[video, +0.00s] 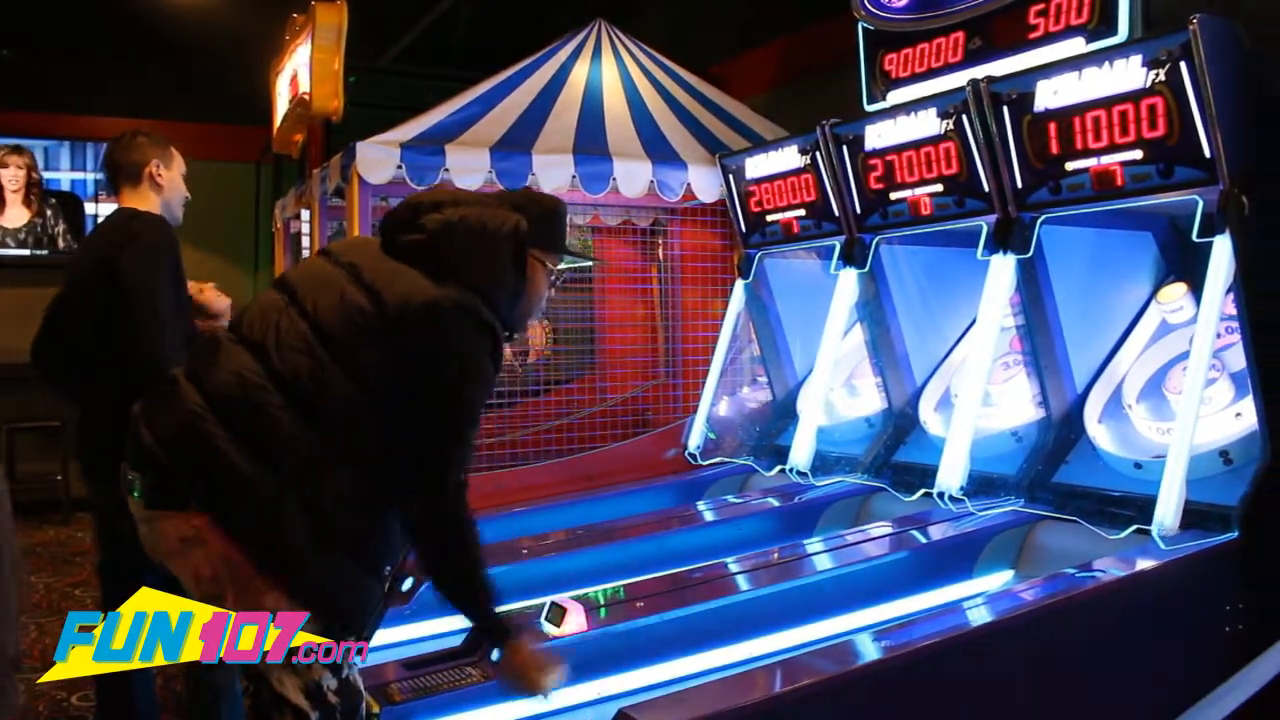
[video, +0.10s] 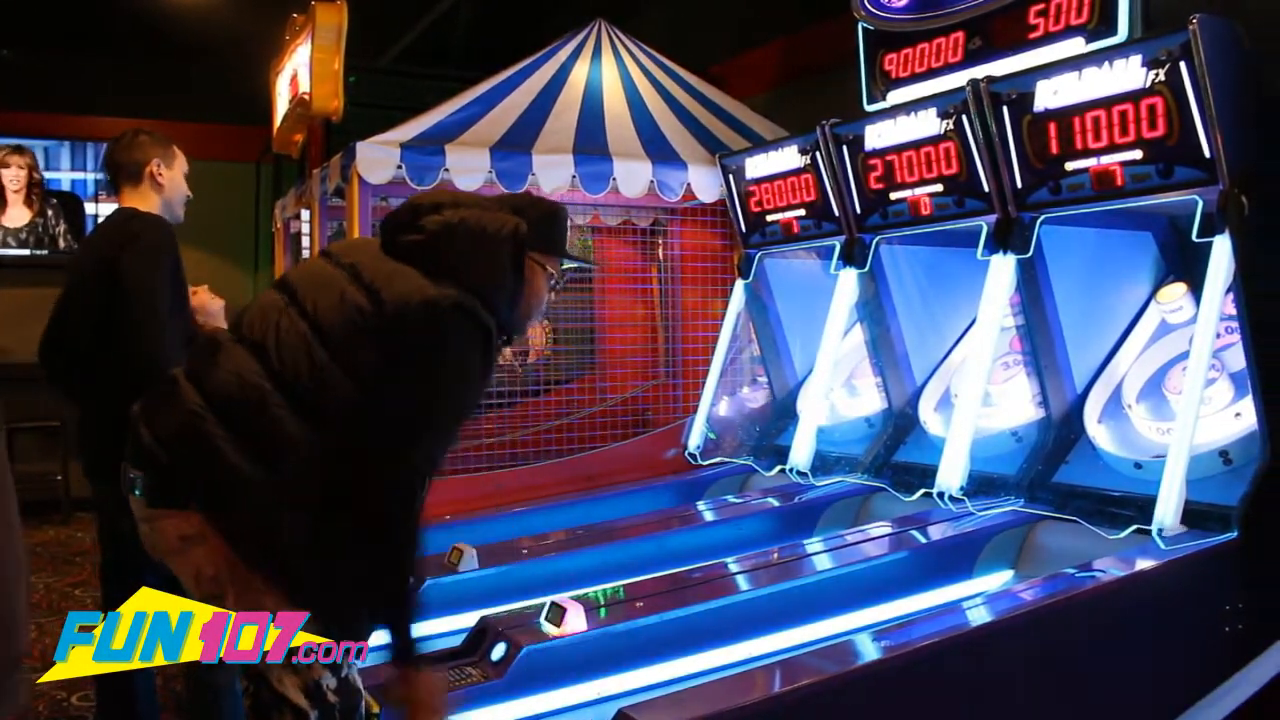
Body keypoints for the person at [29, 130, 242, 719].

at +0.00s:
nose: (187, 185)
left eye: (185, 172)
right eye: (183, 172)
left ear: (125, 178)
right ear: (157, 172)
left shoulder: (103, 239)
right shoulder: (152, 238)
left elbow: (50, 349)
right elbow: (160, 353)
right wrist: (211, 321)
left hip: (106, 448)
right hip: (144, 454)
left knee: (124, 593)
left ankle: (125, 706)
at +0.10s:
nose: (189, 185)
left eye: (187, 172)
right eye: (184, 172)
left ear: (127, 177)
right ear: (157, 172)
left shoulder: (102, 241)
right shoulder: (152, 239)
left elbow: (56, 350)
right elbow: (162, 354)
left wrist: (105, 403)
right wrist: (207, 325)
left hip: (109, 451)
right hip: (148, 455)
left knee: (126, 596)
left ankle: (125, 706)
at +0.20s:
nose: (191, 185)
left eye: (189, 171)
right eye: (186, 171)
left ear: (133, 176)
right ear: (158, 172)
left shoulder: (105, 240)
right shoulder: (149, 240)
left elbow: (60, 349)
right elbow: (160, 359)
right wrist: (201, 327)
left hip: (111, 454)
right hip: (144, 460)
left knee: (127, 598)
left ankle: (125, 706)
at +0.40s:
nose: (195, 181)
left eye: (193, 169)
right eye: (185, 168)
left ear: (138, 174)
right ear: (143, 172)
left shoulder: (106, 240)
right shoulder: (146, 239)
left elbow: (65, 350)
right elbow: (155, 361)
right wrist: (195, 325)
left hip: (114, 456)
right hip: (145, 460)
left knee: (129, 600)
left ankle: (127, 707)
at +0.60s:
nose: (184, 177)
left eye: (186, 167)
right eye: (170, 164)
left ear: (135, 176)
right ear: (127, 170)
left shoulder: (104, 238)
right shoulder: (143, 239)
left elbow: (65, 349)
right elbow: (154, 355)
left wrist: (110, 401)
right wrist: (195, 418)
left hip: (110, 444)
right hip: (141, 449)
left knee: (128, 591)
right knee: (164, 592)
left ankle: (127, 705)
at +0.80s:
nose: (174, 175)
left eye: (179, 165)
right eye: (158, 162)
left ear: (180, 173)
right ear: (120, 170)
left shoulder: (105, 238)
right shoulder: (137, 242)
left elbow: (66, 349)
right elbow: (150, 358)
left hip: (110, 441)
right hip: (136, 447)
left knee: (128, 585)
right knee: (152, 589)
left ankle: (127, 702)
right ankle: (135, 702)